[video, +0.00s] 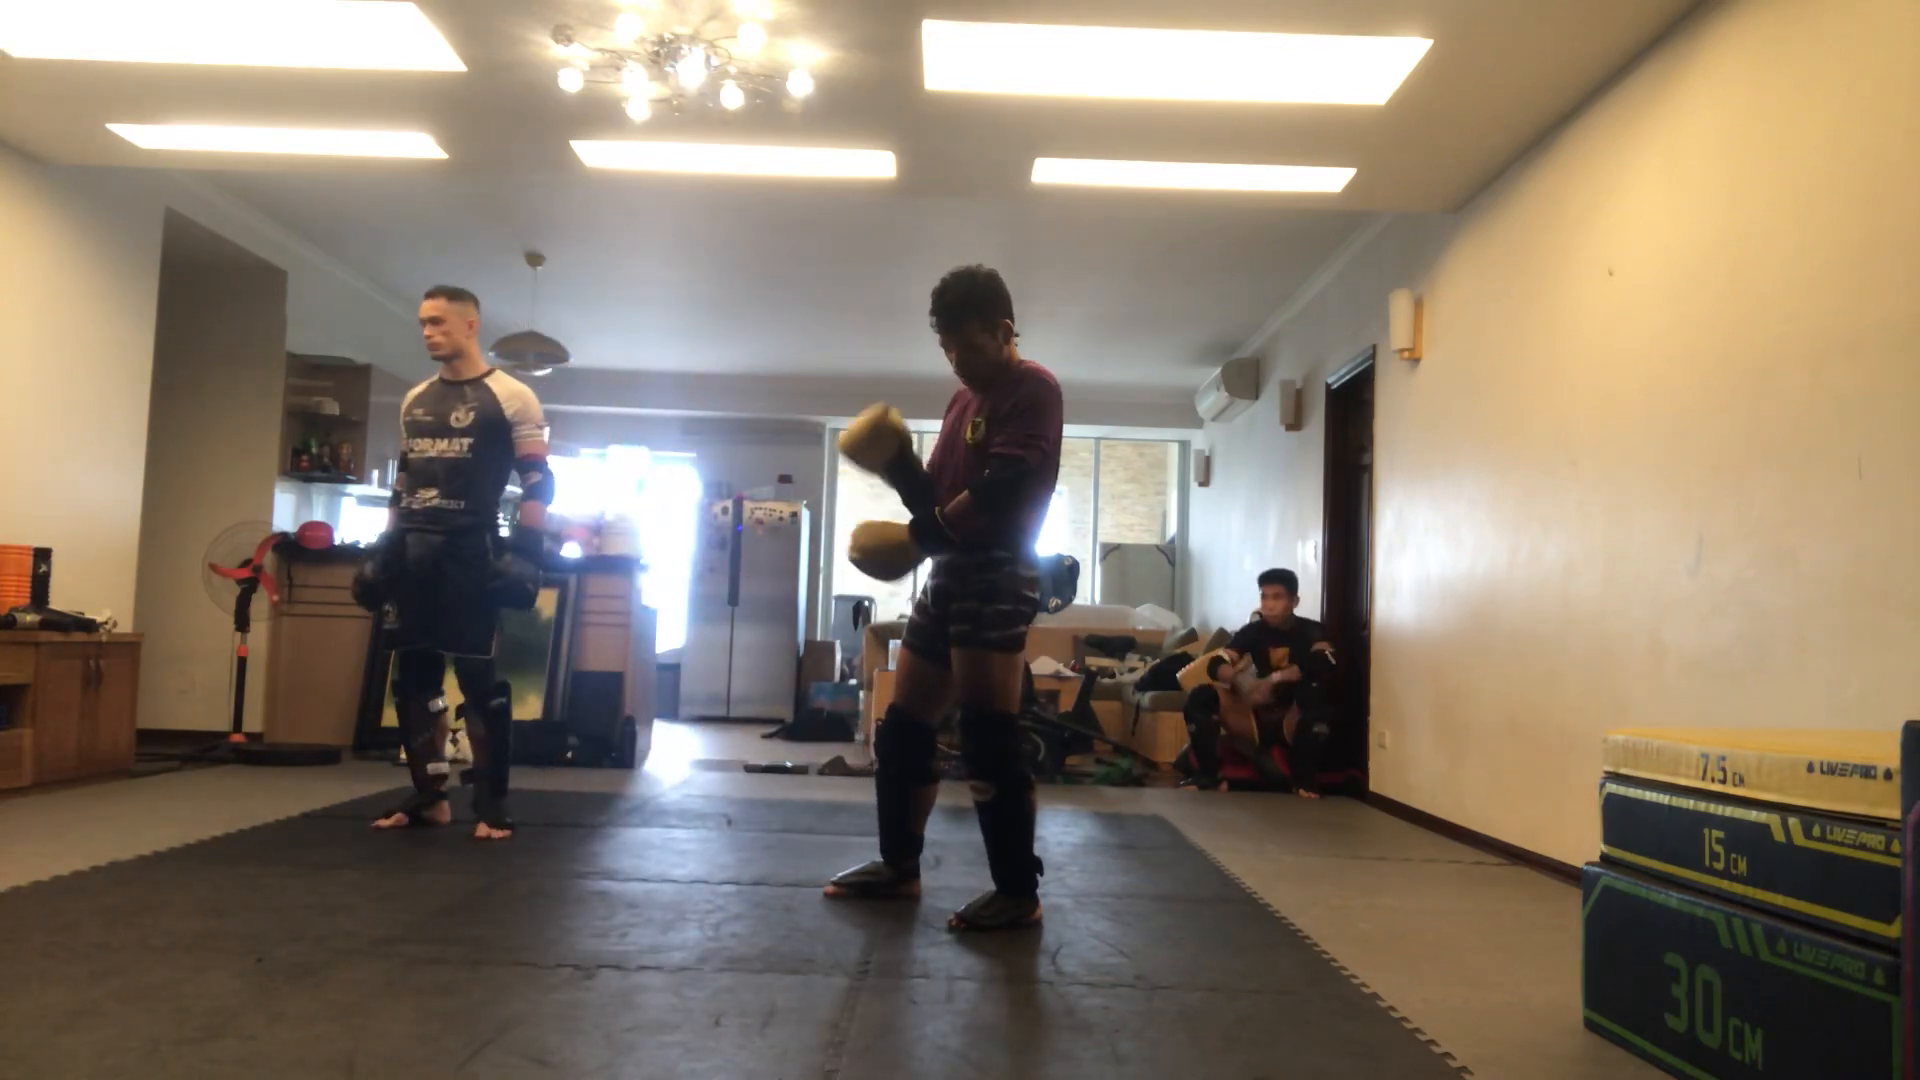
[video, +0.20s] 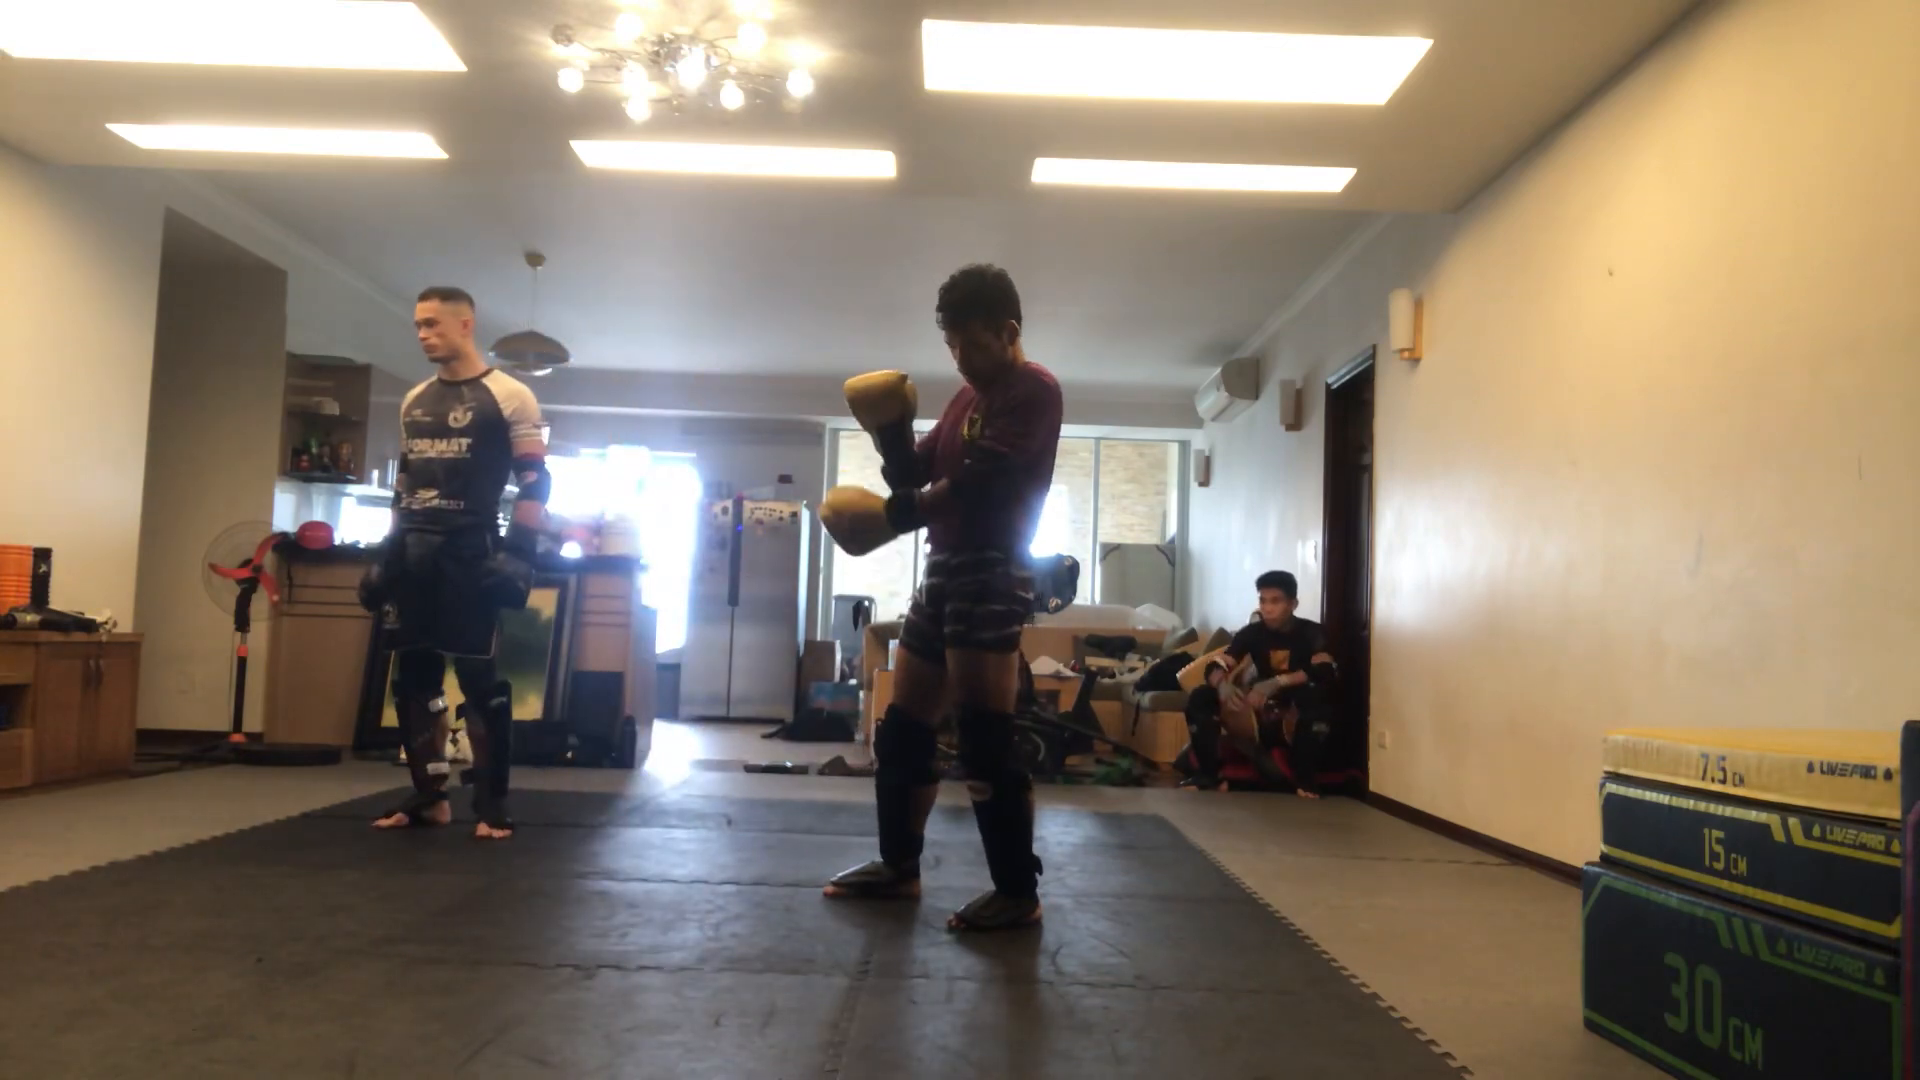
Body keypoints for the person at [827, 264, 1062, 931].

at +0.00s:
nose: (949, 359)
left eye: (958, 343)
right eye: (944, 345)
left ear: (1001, 331)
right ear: (946, 338)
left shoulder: (1034, 390)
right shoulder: (960, 401)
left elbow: (1004, 490)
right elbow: (938, 502)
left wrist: (922, 537)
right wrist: (896, 466)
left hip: (997, 575)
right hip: (945, 574)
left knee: (989, 734)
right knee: (906, 728)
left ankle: (1018, 893)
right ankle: (899, 868)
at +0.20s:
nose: (954, 354)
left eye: (964, 339)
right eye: (949, 340)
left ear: (1007, 330)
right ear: (951, 336)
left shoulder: (1034, 390)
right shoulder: (966, 396)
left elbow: (987, 482)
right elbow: (916, 478)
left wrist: (896, 517)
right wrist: (892, 432)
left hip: (990, 577)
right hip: (939, 575)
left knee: (986, 739)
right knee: (904, 729)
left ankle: (1017, 894)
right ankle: (898, 868)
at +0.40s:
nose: (962, 350)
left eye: (973, 335)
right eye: (957, 336)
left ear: (1016, 329)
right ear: (957, 332)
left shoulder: (1039, 390)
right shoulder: (969, 392)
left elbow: (978, 463)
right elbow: (920, 447)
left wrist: (891, 487)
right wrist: (875, 456)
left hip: (991, 574)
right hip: (941, 573)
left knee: (986, 733)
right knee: (913, 726)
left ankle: (1017, 892)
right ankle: (899, 867)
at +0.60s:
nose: (960, 341)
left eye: (969, 327)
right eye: (958, 328)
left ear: (1014, 323)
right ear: (1003, 326)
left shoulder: (1043, 390)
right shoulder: (973, 391)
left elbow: (976, 463)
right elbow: (923, 449)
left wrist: (907, 506)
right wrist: (882, 484)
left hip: (999, 575)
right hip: (954, 574)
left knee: (991, 733)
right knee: (924, 724)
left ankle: (1017, 894)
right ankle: (900, 868)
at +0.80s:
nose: (949, 331)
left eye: (959, 316)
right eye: (948, 318)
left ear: (1001, 316)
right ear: (989, 319)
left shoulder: (1036, 388)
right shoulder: (972, 396)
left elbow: (998, 486)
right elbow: (946, 487)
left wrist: (933, 539)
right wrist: (900, 510)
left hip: (1017, 573)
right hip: (974, 570)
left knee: (1000, 731)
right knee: (929, 720)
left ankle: (1018, 894)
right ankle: (901, 867)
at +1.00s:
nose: (937, 332)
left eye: (946, 318)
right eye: (937, 319)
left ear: (984, 317)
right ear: (978, 319)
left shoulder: (1020, 380)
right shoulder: (975, 393)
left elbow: (1028, 483)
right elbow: (965, 497)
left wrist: (974, 561)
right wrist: (910, 539)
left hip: (1021, 574)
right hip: (981, 572)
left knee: (1012, 730)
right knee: (930, 715)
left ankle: (1019, 893)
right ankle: (945, 864)